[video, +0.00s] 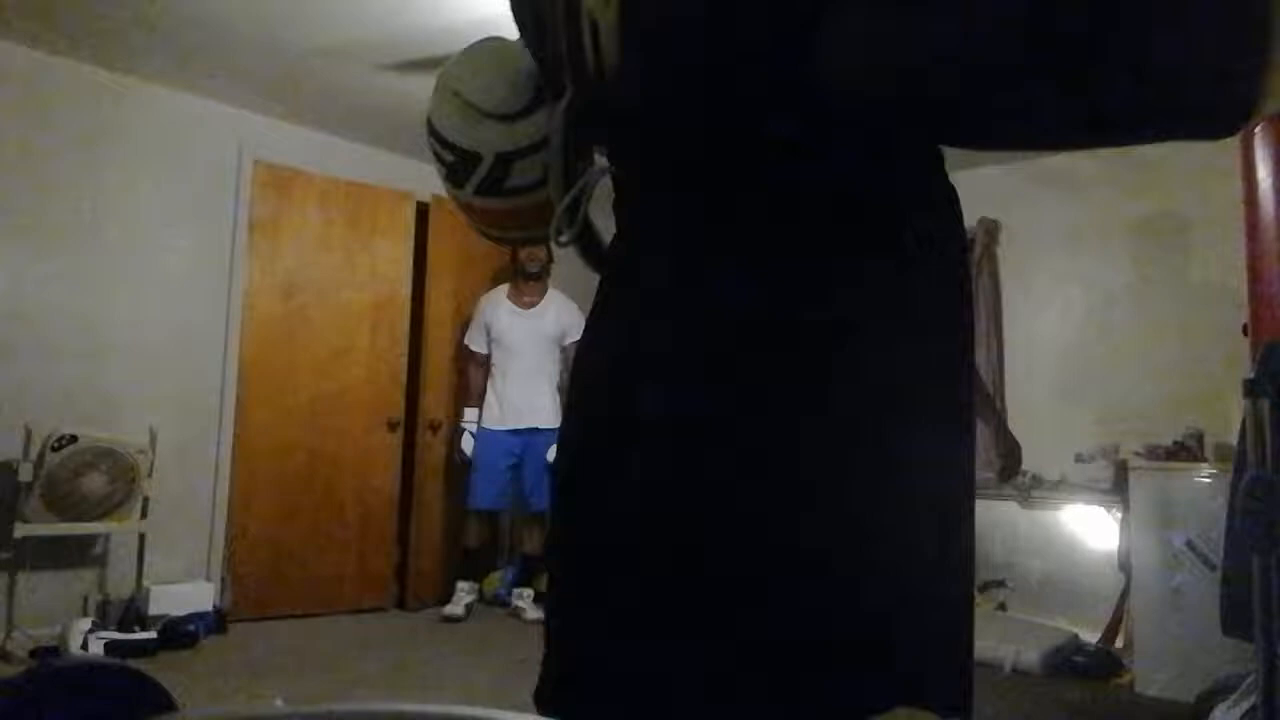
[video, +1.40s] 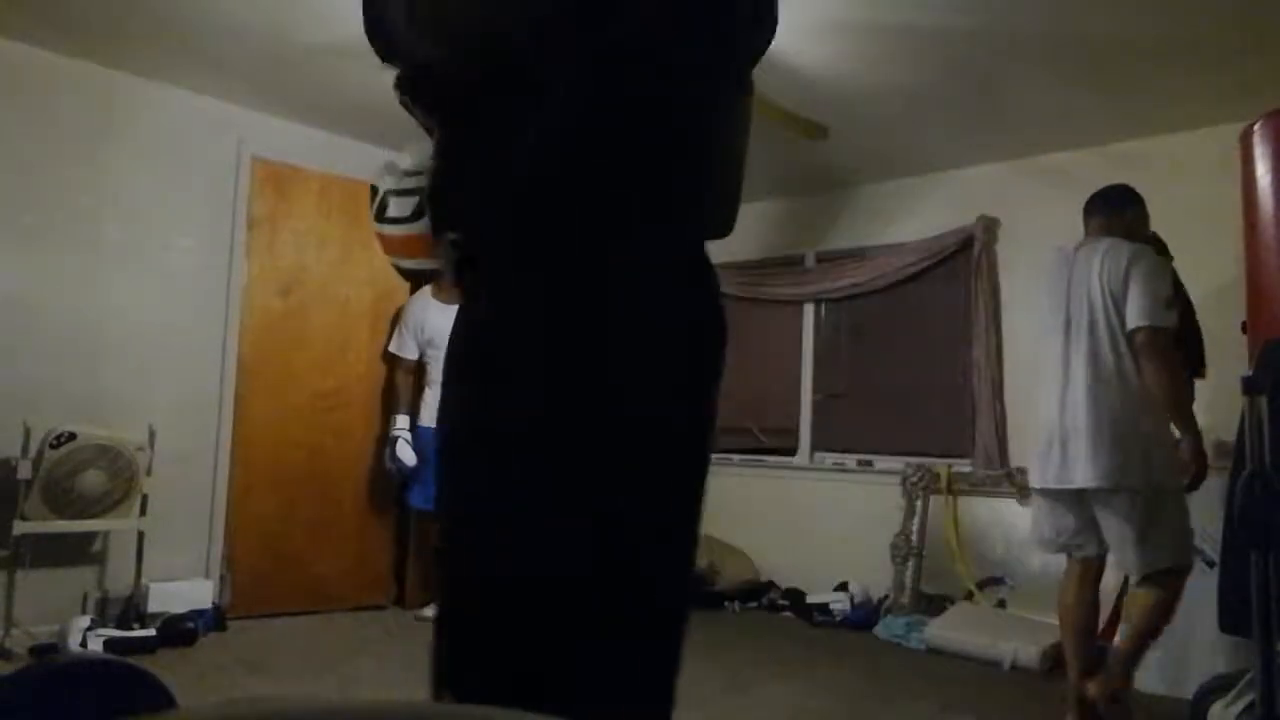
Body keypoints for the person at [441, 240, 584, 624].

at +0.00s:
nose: (533, 256)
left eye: (539, 250)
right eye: (526, 249)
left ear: (549, 259)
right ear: (515, 257)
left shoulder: (566, 311)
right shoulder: (491, 304)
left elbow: (576, 374)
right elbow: (477, 364)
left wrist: (569, 432)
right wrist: (470, 420)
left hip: (544, 428)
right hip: (496, 425)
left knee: (537, 513)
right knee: (480, 509)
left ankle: (525, 590)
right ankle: (467, 586)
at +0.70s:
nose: (473, 251)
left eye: (479, 245)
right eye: (466, 246)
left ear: (492, 254)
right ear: (455, 257)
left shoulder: (518, 298)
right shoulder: (443, 306)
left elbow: (533, 359)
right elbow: (430, 366)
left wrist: (533, 411)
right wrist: (426, 423)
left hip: (509, 422)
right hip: (459, 424)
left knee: (511, 509)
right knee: (452, 510)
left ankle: (508, 586)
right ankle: (451, 590)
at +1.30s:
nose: (452, 279)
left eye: (459, 271)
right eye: (446, 271)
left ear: (471, 266)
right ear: (434, 267)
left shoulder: (486, 299)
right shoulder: (418, 308)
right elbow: (407, 372)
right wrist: (404, 425)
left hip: (481, 419)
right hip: (438, 423)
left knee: (484, 507)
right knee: (442, 508)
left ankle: (487, 587)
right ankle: (447, 588)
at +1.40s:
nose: (456, 265)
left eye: (461, 256)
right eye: (451, 255)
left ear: (470, 261)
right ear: (440, 258)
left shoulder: (487, 303)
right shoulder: (420, 307)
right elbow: (405, 370)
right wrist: (401, 427)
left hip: (480, 425)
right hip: (435, 426)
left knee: (475, 512)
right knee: (430, 515)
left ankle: (469, 594)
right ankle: (431, 593)